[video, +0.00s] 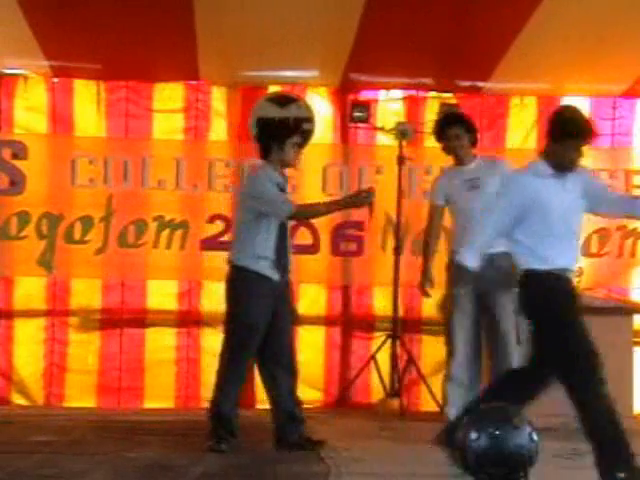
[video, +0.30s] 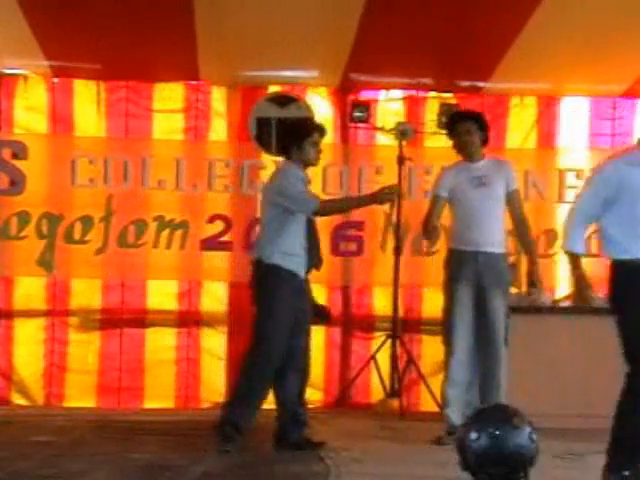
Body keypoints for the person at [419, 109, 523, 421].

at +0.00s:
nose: (455, 144)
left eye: (459, 136)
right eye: (448, 140)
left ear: (472, 137)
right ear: (443, 145)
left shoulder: (497, 170)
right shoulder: (446, 181)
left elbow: (518, 209)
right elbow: (433, 227)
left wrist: (521, 254)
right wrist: (427, 269)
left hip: (499, 257)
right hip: (463, 260)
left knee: (506, 336)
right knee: (462, 340)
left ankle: (510, 406)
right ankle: (458, 413)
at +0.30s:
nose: (466, 140)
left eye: (470, 133)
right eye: (460, 135)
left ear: (483, 136)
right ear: (453, 141)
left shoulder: (502, 170)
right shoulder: (449, 175)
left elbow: (519, 219)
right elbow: (432, 219)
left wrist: (532, 262)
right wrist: (431, 231)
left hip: (494, 259)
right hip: (461, 257)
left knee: (495, 338)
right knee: (459, 339)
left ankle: (493, 414)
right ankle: (457, 417)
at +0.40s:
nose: (475, 139)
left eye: (480, 132)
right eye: (469, 133)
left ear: (491, 136)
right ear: (460, 138)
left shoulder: (505, 171)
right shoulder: (453, 173)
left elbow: (519, 221)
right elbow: (430, 213)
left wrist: (531, 264)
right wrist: (436, 202)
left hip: (494, 258)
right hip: (462, 257)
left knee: (495, 337)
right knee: (460, 337)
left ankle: (493, 414)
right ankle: (457, 417)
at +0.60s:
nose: (484, 140)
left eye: (489, 134)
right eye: (478, 134)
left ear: (496, 137)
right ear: (466, 138)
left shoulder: (508, 174)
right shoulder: (455, 170)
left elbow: (519, 224)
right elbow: (447, 187)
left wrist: (529, 270)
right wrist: (467, 184)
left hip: (495, 256)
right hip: (463, 254)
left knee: (493, 335)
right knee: (460, 335)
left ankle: (492, 414)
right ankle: (456, 416)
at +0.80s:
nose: (494, 143)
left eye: (498, 136)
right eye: (488, 136)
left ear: (504, 139)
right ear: (474, 139)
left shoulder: (513, 175)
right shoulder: (462, 170)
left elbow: (524, 225)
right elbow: (466, 178)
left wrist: (535, 274)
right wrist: (496, 167)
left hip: (498, 255)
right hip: (467, 253)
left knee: (495, 335)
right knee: (462, 333)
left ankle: (491, 413)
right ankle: (456, 416)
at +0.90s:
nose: (502, 146)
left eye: (506, 140)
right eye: (497, 139)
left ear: (509, 142)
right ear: (481, 139)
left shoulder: (515, 177)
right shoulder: (467, 168)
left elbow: (525, 224)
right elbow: (470, 183)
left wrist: (538, 266)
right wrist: (502, 170)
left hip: (501, 255)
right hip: (470, 252)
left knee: (497, 334)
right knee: (465, 332)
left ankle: (493, 413)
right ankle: (457, 415)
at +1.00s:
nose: (513, 149)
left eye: (516, 142)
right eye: (508, 142)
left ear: (516, 144)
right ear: (493, 141)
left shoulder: (516, 178)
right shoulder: (472, 171)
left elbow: (526, 222)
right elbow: (469, 202)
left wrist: (542, 258)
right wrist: (505, 191)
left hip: (505, 257)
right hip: (474, 255)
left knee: (502, 333)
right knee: (473, 332)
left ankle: (496, 408)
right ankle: (466, 409)